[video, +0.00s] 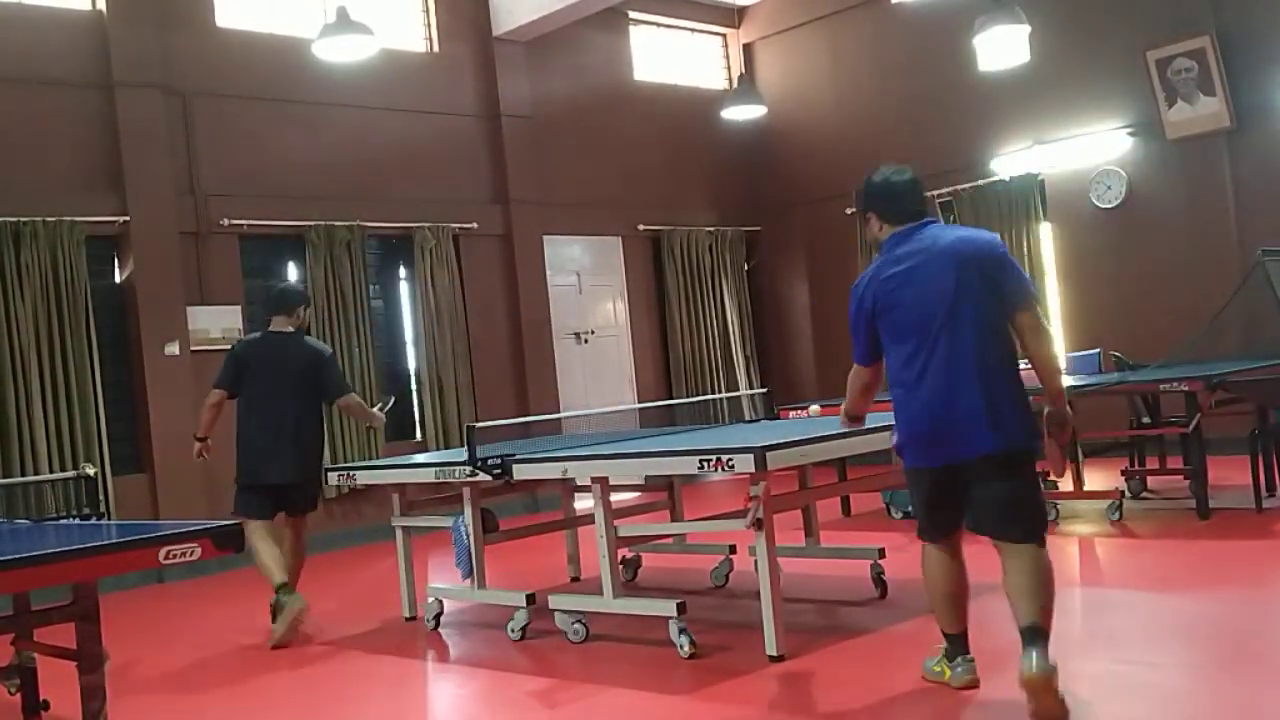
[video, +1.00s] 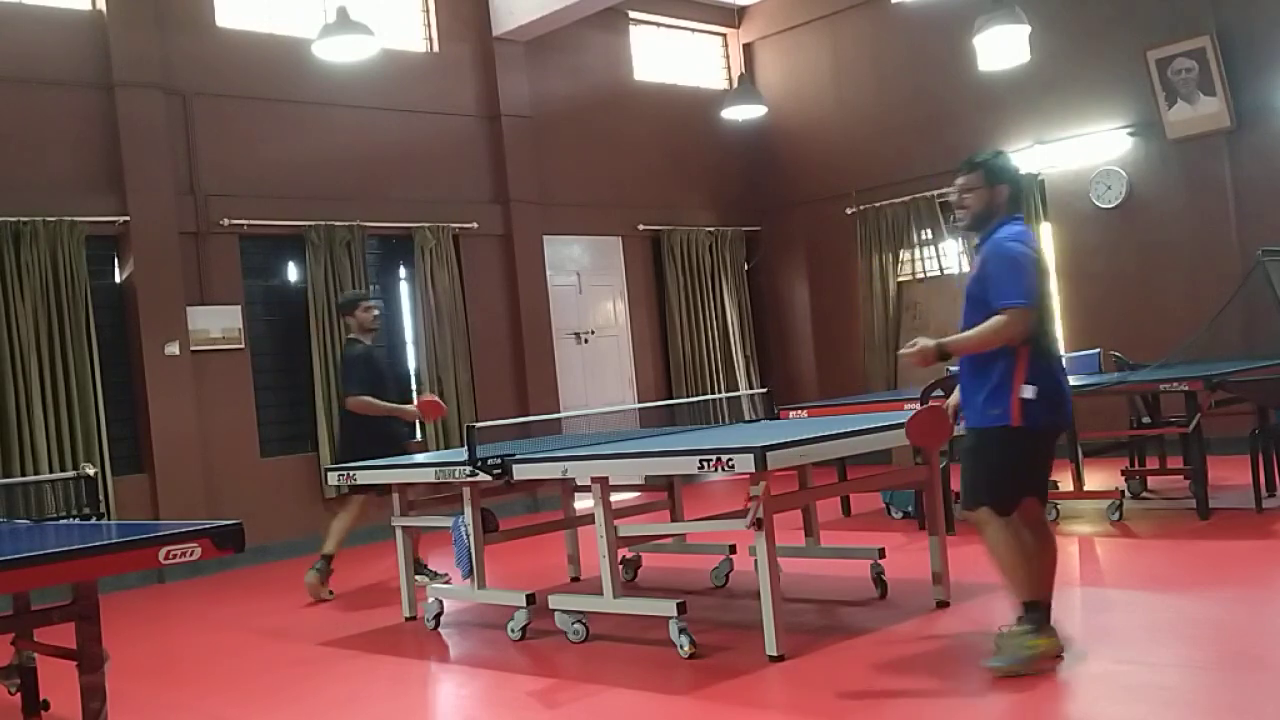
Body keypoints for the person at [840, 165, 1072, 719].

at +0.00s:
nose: (863, 228)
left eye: (863, 220)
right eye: (863, 220)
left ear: (875, 220)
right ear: (926, 206)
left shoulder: (872, 283)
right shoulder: (983, 246)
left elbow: (866, 373)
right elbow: (1030, 328)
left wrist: (852, 410)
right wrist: (1058, 403)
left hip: (927, 439)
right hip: (999, 429)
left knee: (939, 540)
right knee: (1020, 540)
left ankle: (956, 656)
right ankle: (1035, 649)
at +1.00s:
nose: (957, 202)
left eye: (968, 192)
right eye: (955, 194)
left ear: (1000, 193)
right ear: (976, 198)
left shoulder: (1006, 244)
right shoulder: (1007, 242)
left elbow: (1017, 321)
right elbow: (1013, 327)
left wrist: (943, 347)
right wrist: (968, 377)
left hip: (1006, 411)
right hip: (1027, 408)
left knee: (984, 510)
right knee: (1028, 512)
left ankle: (1032, 625)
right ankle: (1038, 625)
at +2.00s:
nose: (1131, 194)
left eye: (1141, 184)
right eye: (1128, 186)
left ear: (1176, 184)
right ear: (1132, 191)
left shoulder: (1204, 237)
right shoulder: (1138, 251)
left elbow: (1235, 308)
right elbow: (1130, 316)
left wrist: (1172, 336)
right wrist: (1083, 331)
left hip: (1190, 397)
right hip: (1159, 398)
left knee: (1172, 496)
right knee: (1206, 492)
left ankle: (1183, 618)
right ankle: (1253, 591)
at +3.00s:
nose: (1152, 195)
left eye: (1159, 184)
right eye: (1150, 187)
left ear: (1190, 180)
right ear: (1186, 184)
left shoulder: (1213, 230)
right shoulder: (1192, 231)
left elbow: (1219, 307)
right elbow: (1200, 307)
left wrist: (1145, 315)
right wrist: (1144, 318)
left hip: (1214, 388)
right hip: (1220, 387)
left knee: (1202, 484)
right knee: (1243, 485)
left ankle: (1215, 599)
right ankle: (1258, 591)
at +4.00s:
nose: (1102, 189)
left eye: (1114, 180)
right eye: (1100, 180)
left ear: (1149, 182)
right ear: (1103, 183)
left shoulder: (1158, 237)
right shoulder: (1130, 235)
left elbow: (1155, 321)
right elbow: (1137, 308)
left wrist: (1074, 314)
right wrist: (1103, 340)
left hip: (1181, 394)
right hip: (1138, 394)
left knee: (1201, 493)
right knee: (1135, 481)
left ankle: (1214, 606)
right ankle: (1160, 586)